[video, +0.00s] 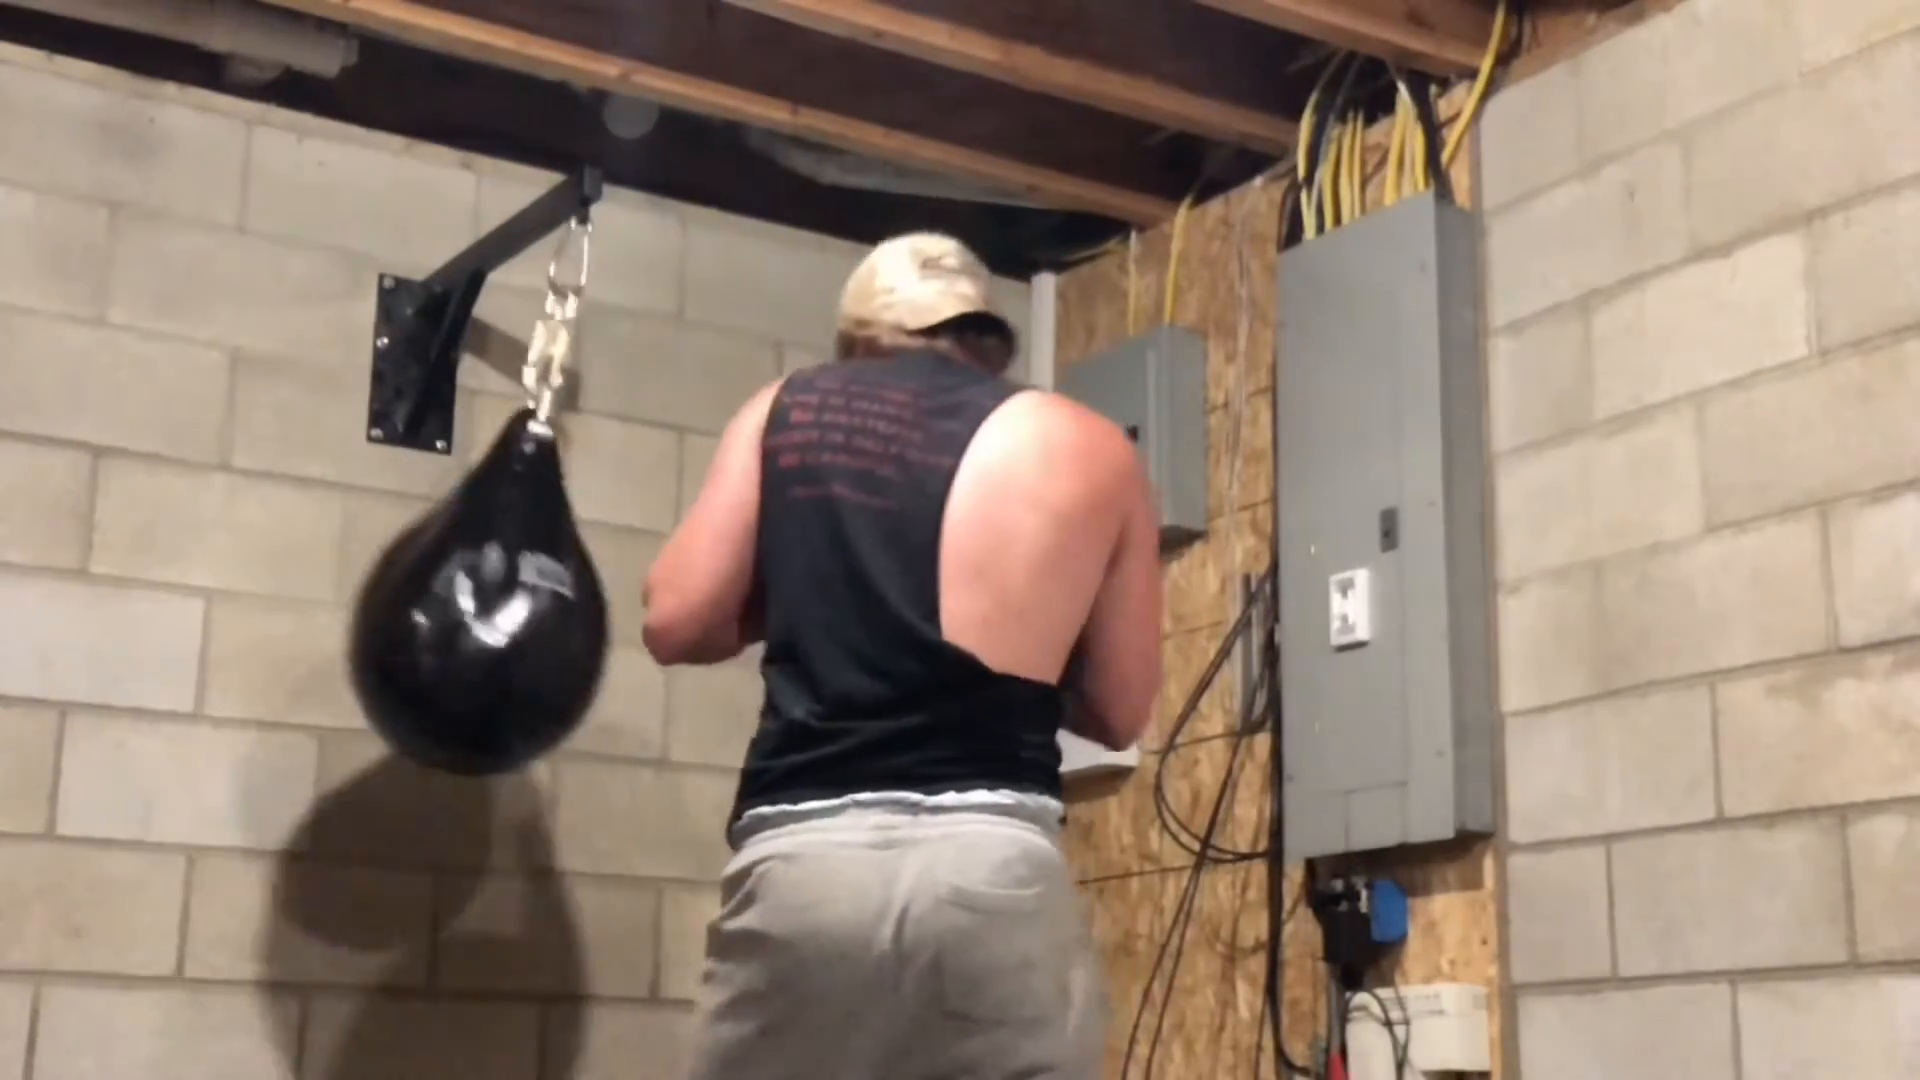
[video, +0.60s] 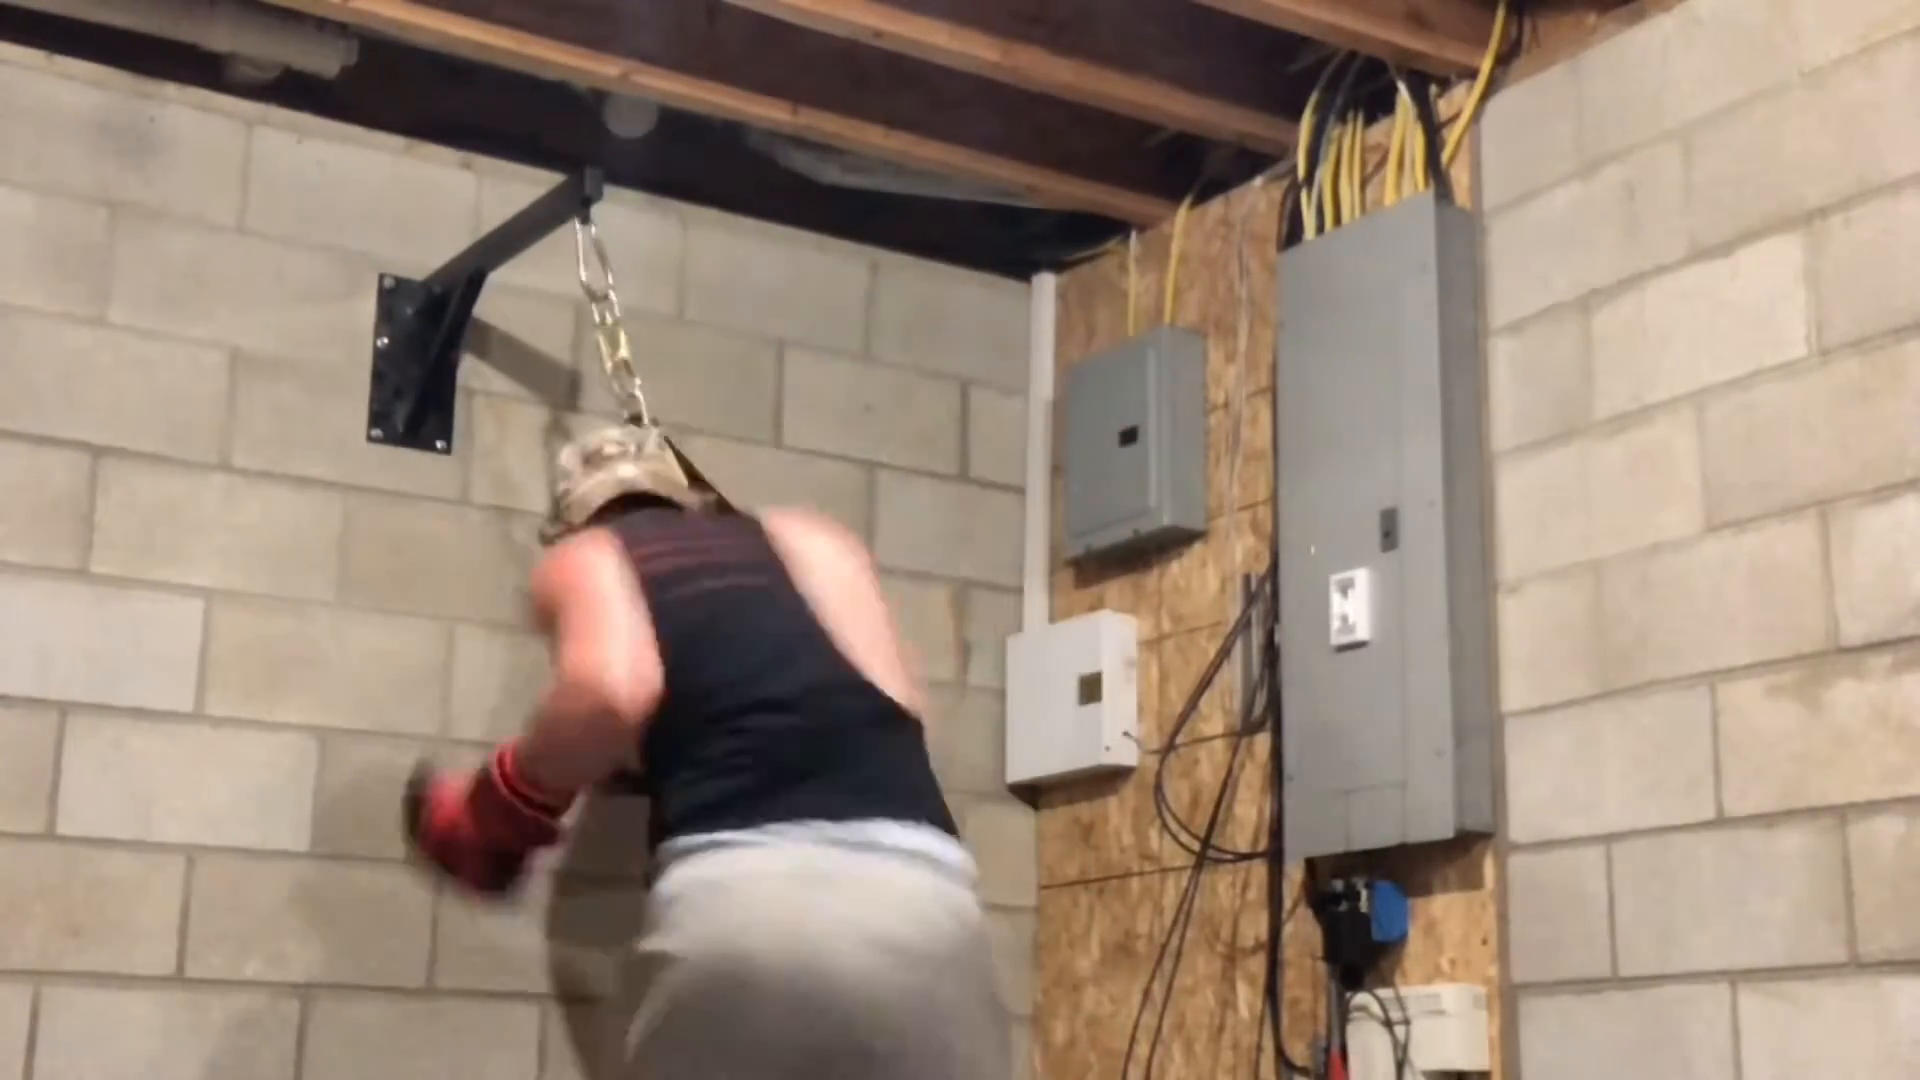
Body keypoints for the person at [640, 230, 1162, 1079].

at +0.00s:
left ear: (854, 339)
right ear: (991, 342)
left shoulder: (778, 412)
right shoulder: (1096, 448)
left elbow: (674, 625)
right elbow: (1119, 711)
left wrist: (798, 578)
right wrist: (1003, 630)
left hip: (802, 868)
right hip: (1003, 872)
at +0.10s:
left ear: (810, 356)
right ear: (947, 357)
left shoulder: (752, 426)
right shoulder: (1062, 466)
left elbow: (648, 639)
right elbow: (1075, 726)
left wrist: (764, 576)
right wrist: (962, 619)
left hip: (783, 884)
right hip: (985, 891)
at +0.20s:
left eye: (739, 392)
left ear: (754, 382)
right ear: (883, 381)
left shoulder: (718, 437)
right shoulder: (1007, 485)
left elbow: (609, 657)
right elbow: (1009, 743)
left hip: (765, 914)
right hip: (965, 914)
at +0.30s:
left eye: (677, 411)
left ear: (695, 402)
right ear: (811, 397)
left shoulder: (684, 449)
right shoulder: (945, 499)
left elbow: (576, 664)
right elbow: (943, 711)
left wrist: (579, 569)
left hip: (757, 924)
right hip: (946, 926)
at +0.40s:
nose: (611, 480)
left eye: (617, 462)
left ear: (639, 437)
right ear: (744, 431)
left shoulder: (656, 475)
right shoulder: (881, 531)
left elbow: (577, 680)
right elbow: (913, 702)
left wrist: (521, 648)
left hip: (765, 925)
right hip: (938, 935)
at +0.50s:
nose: (586, 522)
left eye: (589, 509)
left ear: (601, 488)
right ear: (696, 469)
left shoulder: (633, 513)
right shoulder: (840, 567)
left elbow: (587, 713)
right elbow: (889, 710)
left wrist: (500, 708)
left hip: (763, 930)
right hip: (936, 946)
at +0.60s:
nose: (551, 544)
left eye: (561, 523)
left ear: (579, 514)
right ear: (692, 493)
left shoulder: (585, 552)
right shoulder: (811, 533)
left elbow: (612, 690)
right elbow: (899, 700)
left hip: (742, 907)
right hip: (924, 906)